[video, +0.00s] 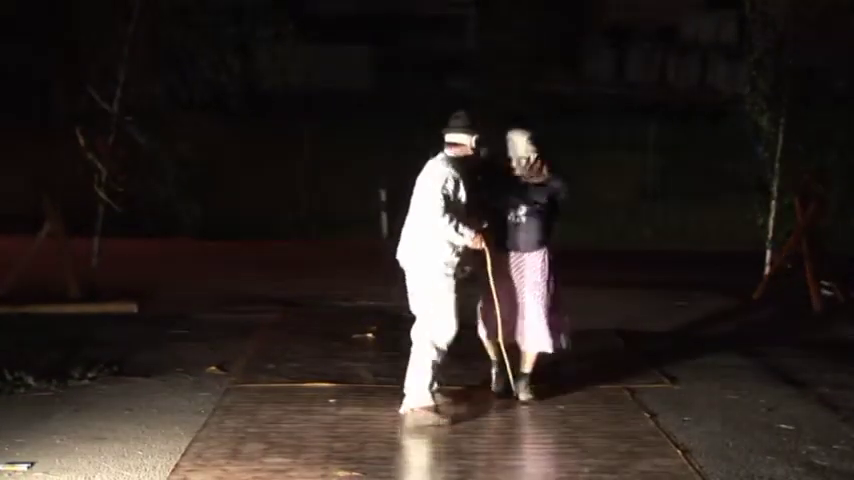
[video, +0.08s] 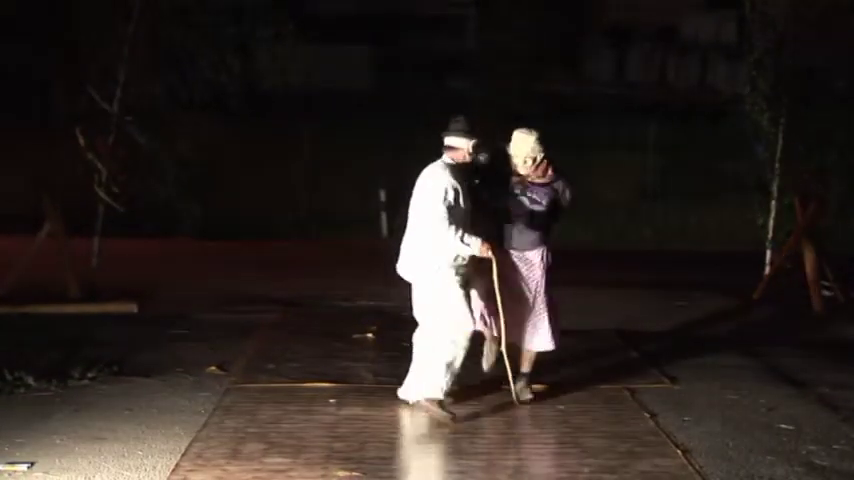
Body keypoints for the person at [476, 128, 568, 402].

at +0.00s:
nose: (521, 166)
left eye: (527, 160)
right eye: (517, 161)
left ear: (535, 158)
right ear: (509, 160)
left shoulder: (547, 186)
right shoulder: (497, 181)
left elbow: (562, 199)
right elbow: (483, 210)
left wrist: (544, 181)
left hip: (534, 257)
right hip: (501, 256)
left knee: (533, 316)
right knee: (488, 318)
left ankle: (524, 379)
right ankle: (497, 366)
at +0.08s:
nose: (523, 167)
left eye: (528, 162)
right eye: (519, 162)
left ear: (538, 159)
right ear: (512, 159)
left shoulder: (553, 187)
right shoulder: (502, 181)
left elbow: (544, 221)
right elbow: (487, 207)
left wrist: (548, 180)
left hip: (533, 256)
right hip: (500, 254)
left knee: (534, 316)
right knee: (480, 294)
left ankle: (523, 379)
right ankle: (490, 339)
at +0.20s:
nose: (527, 162)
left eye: (532, 157)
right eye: (523, 156)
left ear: (543, 157)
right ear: (517, 155)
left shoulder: (556, 187)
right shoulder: (507, 179)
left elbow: (565, 207)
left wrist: (556, 181)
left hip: (534, 254)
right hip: (506, 251)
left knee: (533, 317)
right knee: (511, 315)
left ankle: (522, 378)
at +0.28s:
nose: (534, 167)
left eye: (539, 161)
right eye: (530, 161)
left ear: (546, 160)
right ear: (521, 157)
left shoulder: (553, 186)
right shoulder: (509, 175)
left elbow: (548, 216)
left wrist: (548, 187)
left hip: (530, 255)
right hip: (501, 249)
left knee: (529, 312)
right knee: (484, 310)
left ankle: (519, 379)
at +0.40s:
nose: (540, 168)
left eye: (544, 163)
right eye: (535, 162)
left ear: (550, 163)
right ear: (524, 160)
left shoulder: (552, 188)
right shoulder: (508, 182)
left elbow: (554, 221)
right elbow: (494, 216)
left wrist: (553, 192)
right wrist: (498, 256)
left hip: (535, 260)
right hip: (509, 257)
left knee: (530, 317)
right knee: (512, 315)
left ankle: (520, 378)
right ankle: (517, 373)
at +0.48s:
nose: (539, 163)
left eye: (543, 158)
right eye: (534, 158)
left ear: (548, 158)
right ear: (522, 155)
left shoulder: (552, 182)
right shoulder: (507, 178)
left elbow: (552, 215)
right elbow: (494, 208)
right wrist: (497, 236)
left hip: (533, 254)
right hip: (507, 252)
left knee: (527, 310)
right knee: (503, 306)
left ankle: (519, 375)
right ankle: (497, 357)